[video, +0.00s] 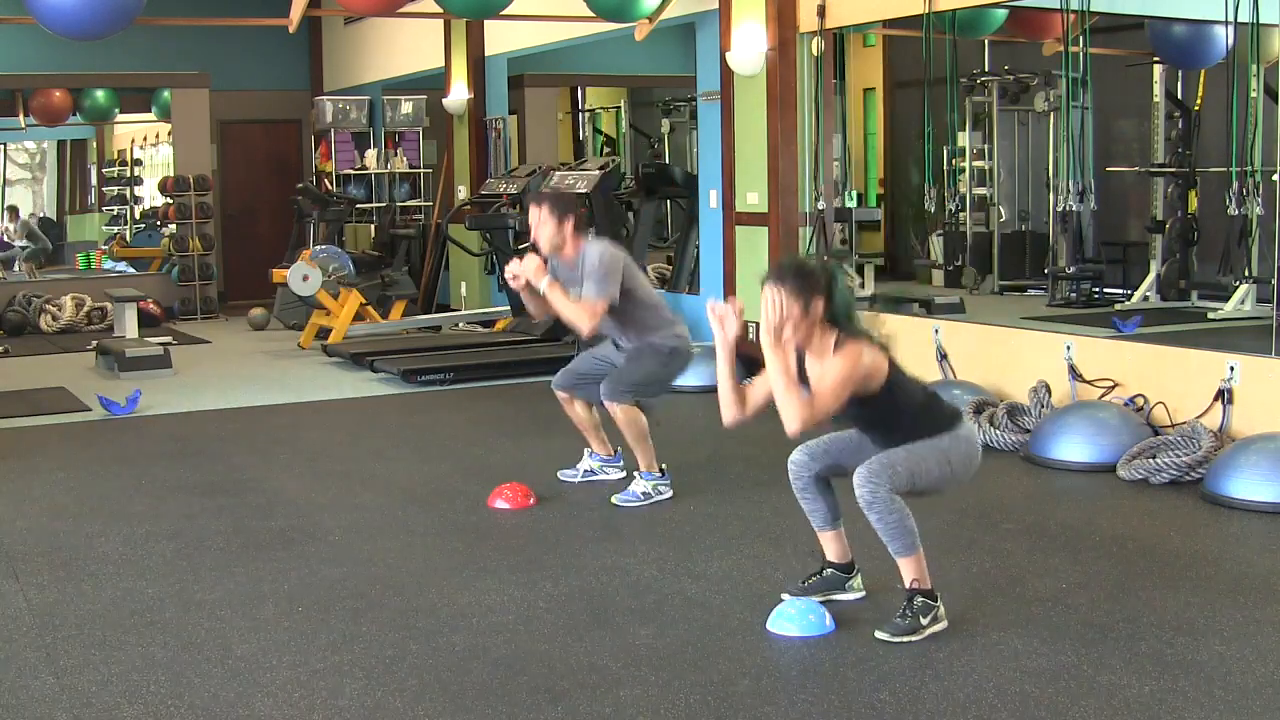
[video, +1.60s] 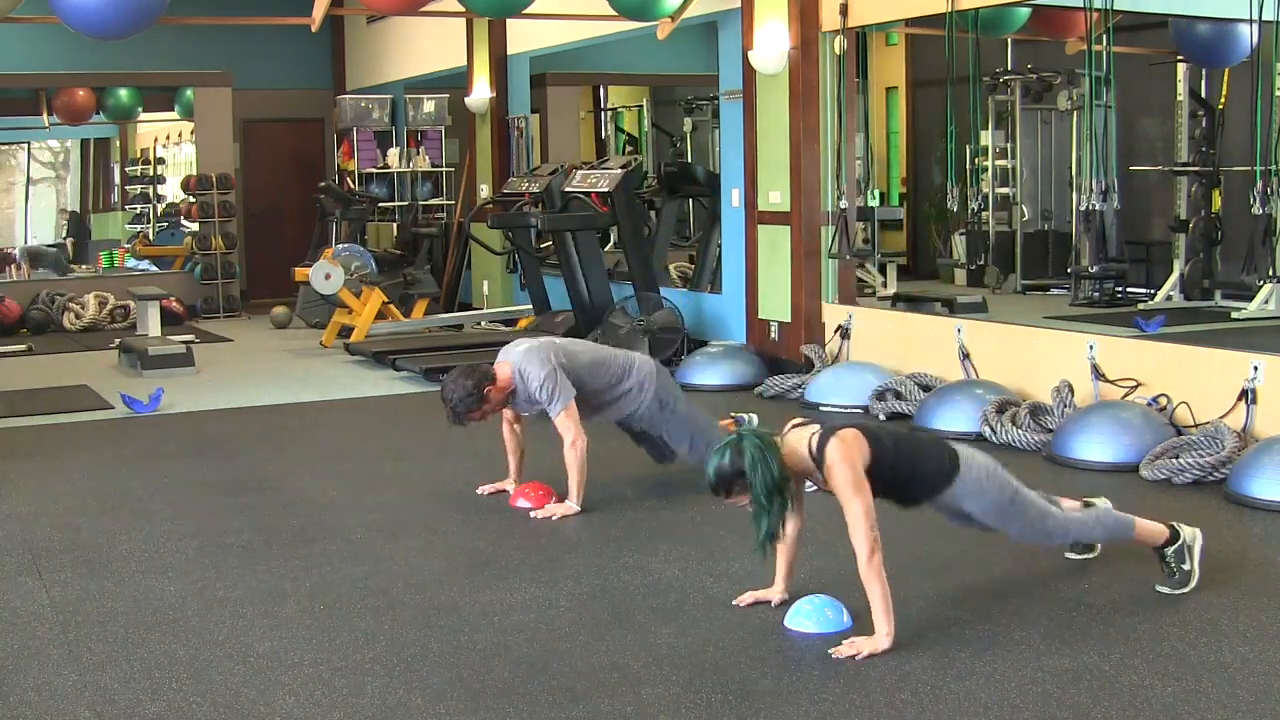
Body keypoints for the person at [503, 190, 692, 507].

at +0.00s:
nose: (532, 234)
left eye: (539, 223)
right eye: (532, 224)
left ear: (567, 223)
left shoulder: (603, 254)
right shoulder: (558, 263)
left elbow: (587, 322)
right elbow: (543, 314)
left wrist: (544, 281)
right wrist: (523, 290)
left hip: (664, 344)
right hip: (623, 344)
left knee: (615, 393)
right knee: (565, 386)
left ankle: (653, 476)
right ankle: (605, 458)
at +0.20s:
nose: (479, 417)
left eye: (474, 412)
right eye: (472, 416)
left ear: (481, 393)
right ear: (474, 383)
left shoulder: (531, 369)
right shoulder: (492, 364)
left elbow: (568, 437)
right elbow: (507, 423)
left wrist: (573, 501)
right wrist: (513, 480)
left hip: (629, 350)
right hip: (605, 354)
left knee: (694, 436)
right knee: (659, 412)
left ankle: (758, 435)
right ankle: (716, 418)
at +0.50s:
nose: (491, 418)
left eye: (485, 414)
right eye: (484, 418)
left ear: (485, 388)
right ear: (482, 387)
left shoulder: (529, 365)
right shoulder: (496, 371)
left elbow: (566, 435)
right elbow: (507, 423)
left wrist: (573, 502)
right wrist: (513, 481)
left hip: (632, 341)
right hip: (601, 369)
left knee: (697, 405)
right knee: (619, 433)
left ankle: (783, 426)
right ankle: (677, 413)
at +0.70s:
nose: (490, 421)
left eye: (484, 415)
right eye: (483, 420)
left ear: (482, 392)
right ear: (477, 389)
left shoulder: (530, 368)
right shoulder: (494, 371)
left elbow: (566, 439)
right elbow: (507, 423)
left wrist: (573, 501)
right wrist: (512, 480)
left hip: (631, 355)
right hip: (591, 371)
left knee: (692, 420)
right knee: (572, 437)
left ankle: (764, 428)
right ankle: (627, 418)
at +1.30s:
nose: (489, 426)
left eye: (484, 420)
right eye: (482, 425)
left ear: (488, 396)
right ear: (481, 395)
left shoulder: (531, 372)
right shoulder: (492, 374)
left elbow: (567, 438)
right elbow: (505, 425)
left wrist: (573, 502)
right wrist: (513, 480)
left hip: (630, 339)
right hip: (595, 368)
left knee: (690, 404)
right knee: (608, 437)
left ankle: (771, 421)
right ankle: (667, 407)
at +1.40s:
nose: (486, 425)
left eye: (481, 420)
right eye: (480, 424)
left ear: (486, 396)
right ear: (481, 394)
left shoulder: (530, 373)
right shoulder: (492, 372)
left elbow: (567, 439)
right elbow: (506, 425)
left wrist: (573, 502)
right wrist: (513, 479)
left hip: (633, 341)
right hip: (606, 366)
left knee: (700, 403)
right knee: (632, 426)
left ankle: (781, 424)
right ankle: (695, 404)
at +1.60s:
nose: (487, 419)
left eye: (483, 414)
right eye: (481, 417)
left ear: (491, 393)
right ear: (483, 388)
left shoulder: (539, 369)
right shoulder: (501, 373)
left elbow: (576, 440)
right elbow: (512, 423)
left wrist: (574, 502)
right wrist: (514, 479)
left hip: (643, 386)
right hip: (617, 402)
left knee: (712, 452)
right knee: (669, 451)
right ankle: (727, 429)